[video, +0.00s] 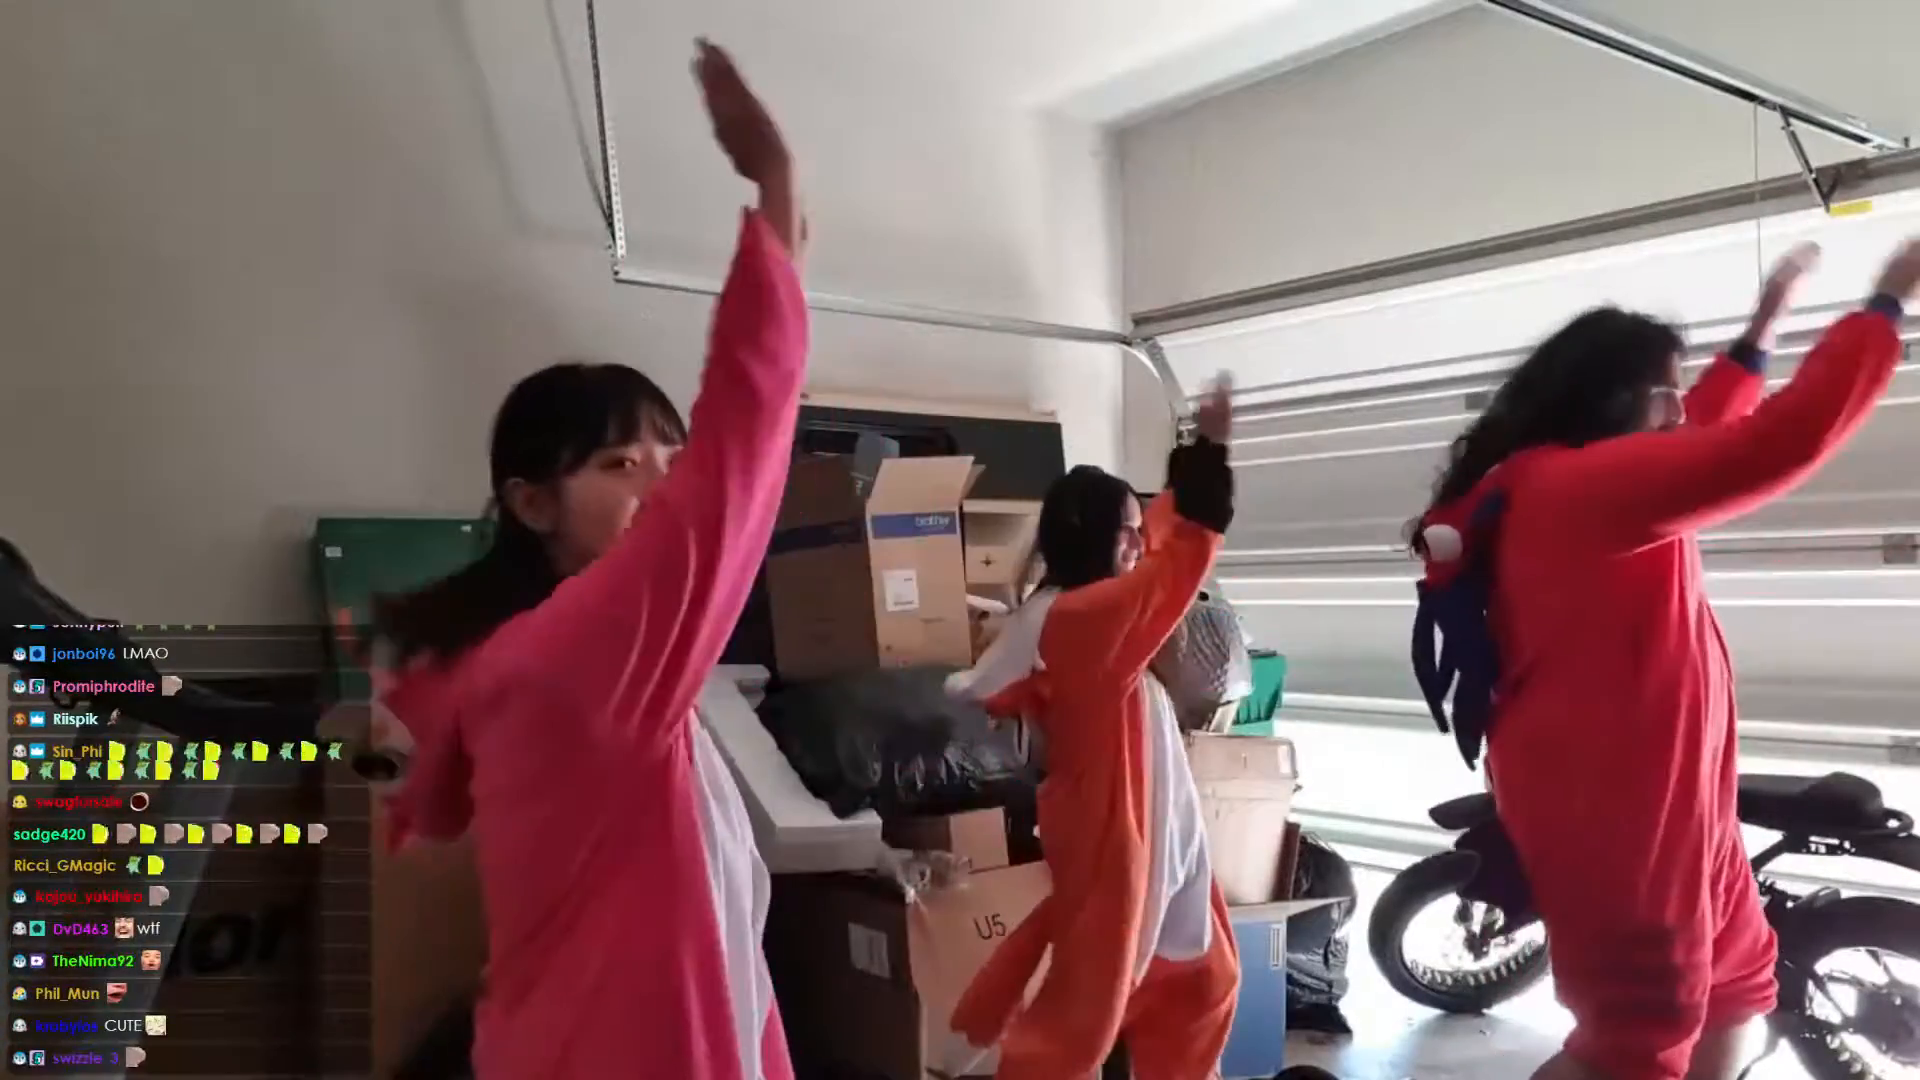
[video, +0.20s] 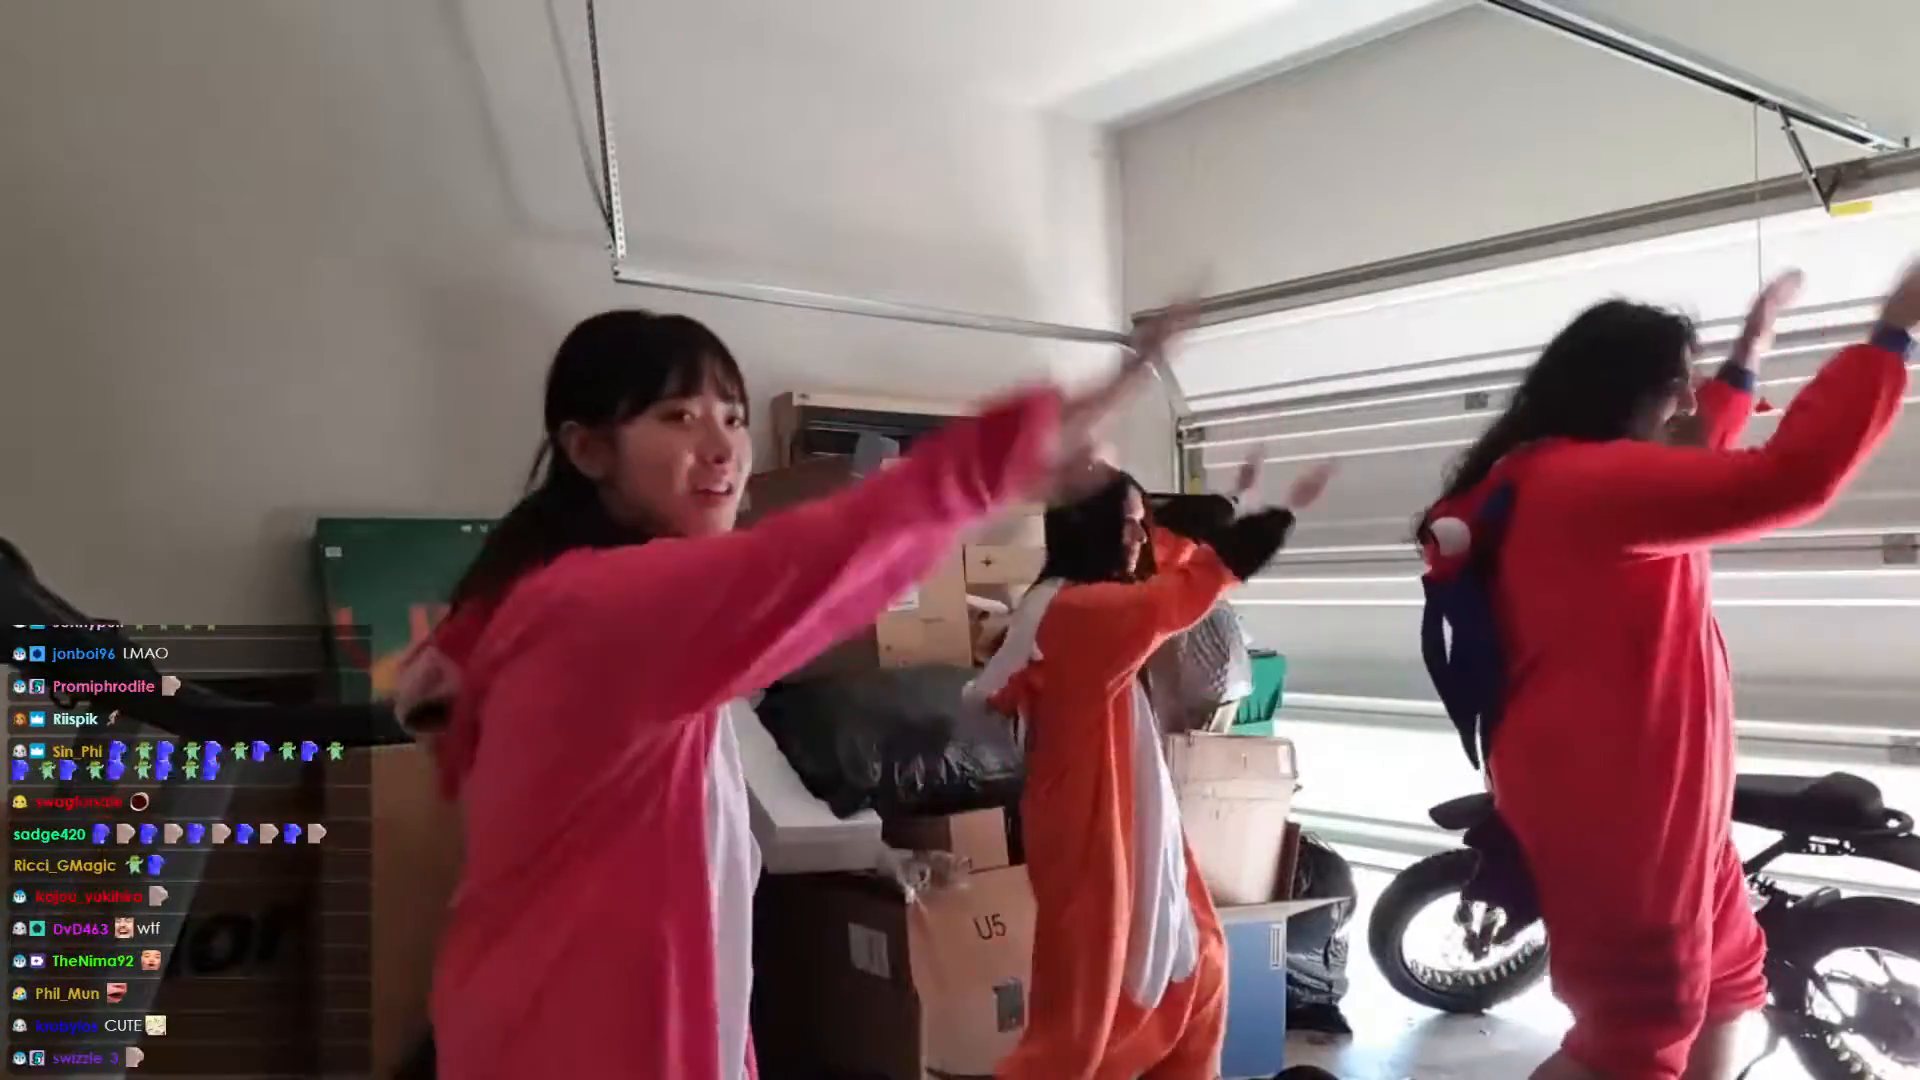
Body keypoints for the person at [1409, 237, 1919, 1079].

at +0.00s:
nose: (1681, 415)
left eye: (1680, 397)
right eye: (1666, 397)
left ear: (1585, 399)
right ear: (1613, 400)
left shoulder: (1604, 481)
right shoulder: (1566, 490)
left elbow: (1699, 435)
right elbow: (1778, 446)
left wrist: (1763, 327)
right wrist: (1888, 304)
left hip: (1670, 791)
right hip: (1610, 813)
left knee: (1738, 982)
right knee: (1640, 1036)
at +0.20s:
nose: (1687, 412)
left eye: (1686, 392)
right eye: (1674, 391)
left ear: (1588, 385)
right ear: (1624, 393)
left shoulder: (1596, 473)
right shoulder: (1573, 482)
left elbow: (1694, 464)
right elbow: (1791, 482)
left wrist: (1747, 357)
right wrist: (1894, 333)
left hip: (1664, 792)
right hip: (1609, 811)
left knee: (1729, 982)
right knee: (1638, 1034)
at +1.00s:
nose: (1639, 396)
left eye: (1655, 376)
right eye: (1609, 378)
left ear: (1672, 388)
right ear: (1561, 396)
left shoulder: (1633, 481)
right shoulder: (1557, 489)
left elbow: (1708, 464)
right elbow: (1769, 462)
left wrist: (1750, 348)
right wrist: (1815, 303)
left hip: (1673, 790)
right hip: (1594, 805)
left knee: (1720, 988)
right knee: (1617, 1032)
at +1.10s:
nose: (1640, 381)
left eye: (1654, 363)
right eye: (1612, 364)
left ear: (1676, 379)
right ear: (1564, 379)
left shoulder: (1642, 473)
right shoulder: (1560, 479)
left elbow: (1736, 465)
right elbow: (1763, 480)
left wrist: (1808, 353)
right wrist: (1848, 331)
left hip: (1673, 791)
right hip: (1595, 806)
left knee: (1704, 992)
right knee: (1611, 1023)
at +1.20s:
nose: (1636, 371)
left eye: (1650, 351)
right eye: (1608, 354)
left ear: (1671, 366)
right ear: (1563, 374)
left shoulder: (1641, 467)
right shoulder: (1563, 470)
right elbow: (1748, 541)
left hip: (1666, 782)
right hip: (1591, 791)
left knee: (1680, 985)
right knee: (1593, 1014)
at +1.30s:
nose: (1653, 376)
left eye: (1669, 357)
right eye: (1626, 358)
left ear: (1691, 373)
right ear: (1582, 375)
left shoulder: (1657, 476)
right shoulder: (1587, 481)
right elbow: (1701, 622)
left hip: (1658, 788)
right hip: (1585, 794)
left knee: (1665, 995)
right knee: (1582, 1016)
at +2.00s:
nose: (1615, 362)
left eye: (1640, 342)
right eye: (1593, 345)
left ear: (1686, 356)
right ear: (1564, 362)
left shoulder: (1757, 454)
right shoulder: (1532, 448)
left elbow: (1899, 476)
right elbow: (1429, 437)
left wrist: (1913, 348)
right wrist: (1480, 287)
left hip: (1723, 786)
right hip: (1567, 792)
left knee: (1772, 982)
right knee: (1574, 1017)